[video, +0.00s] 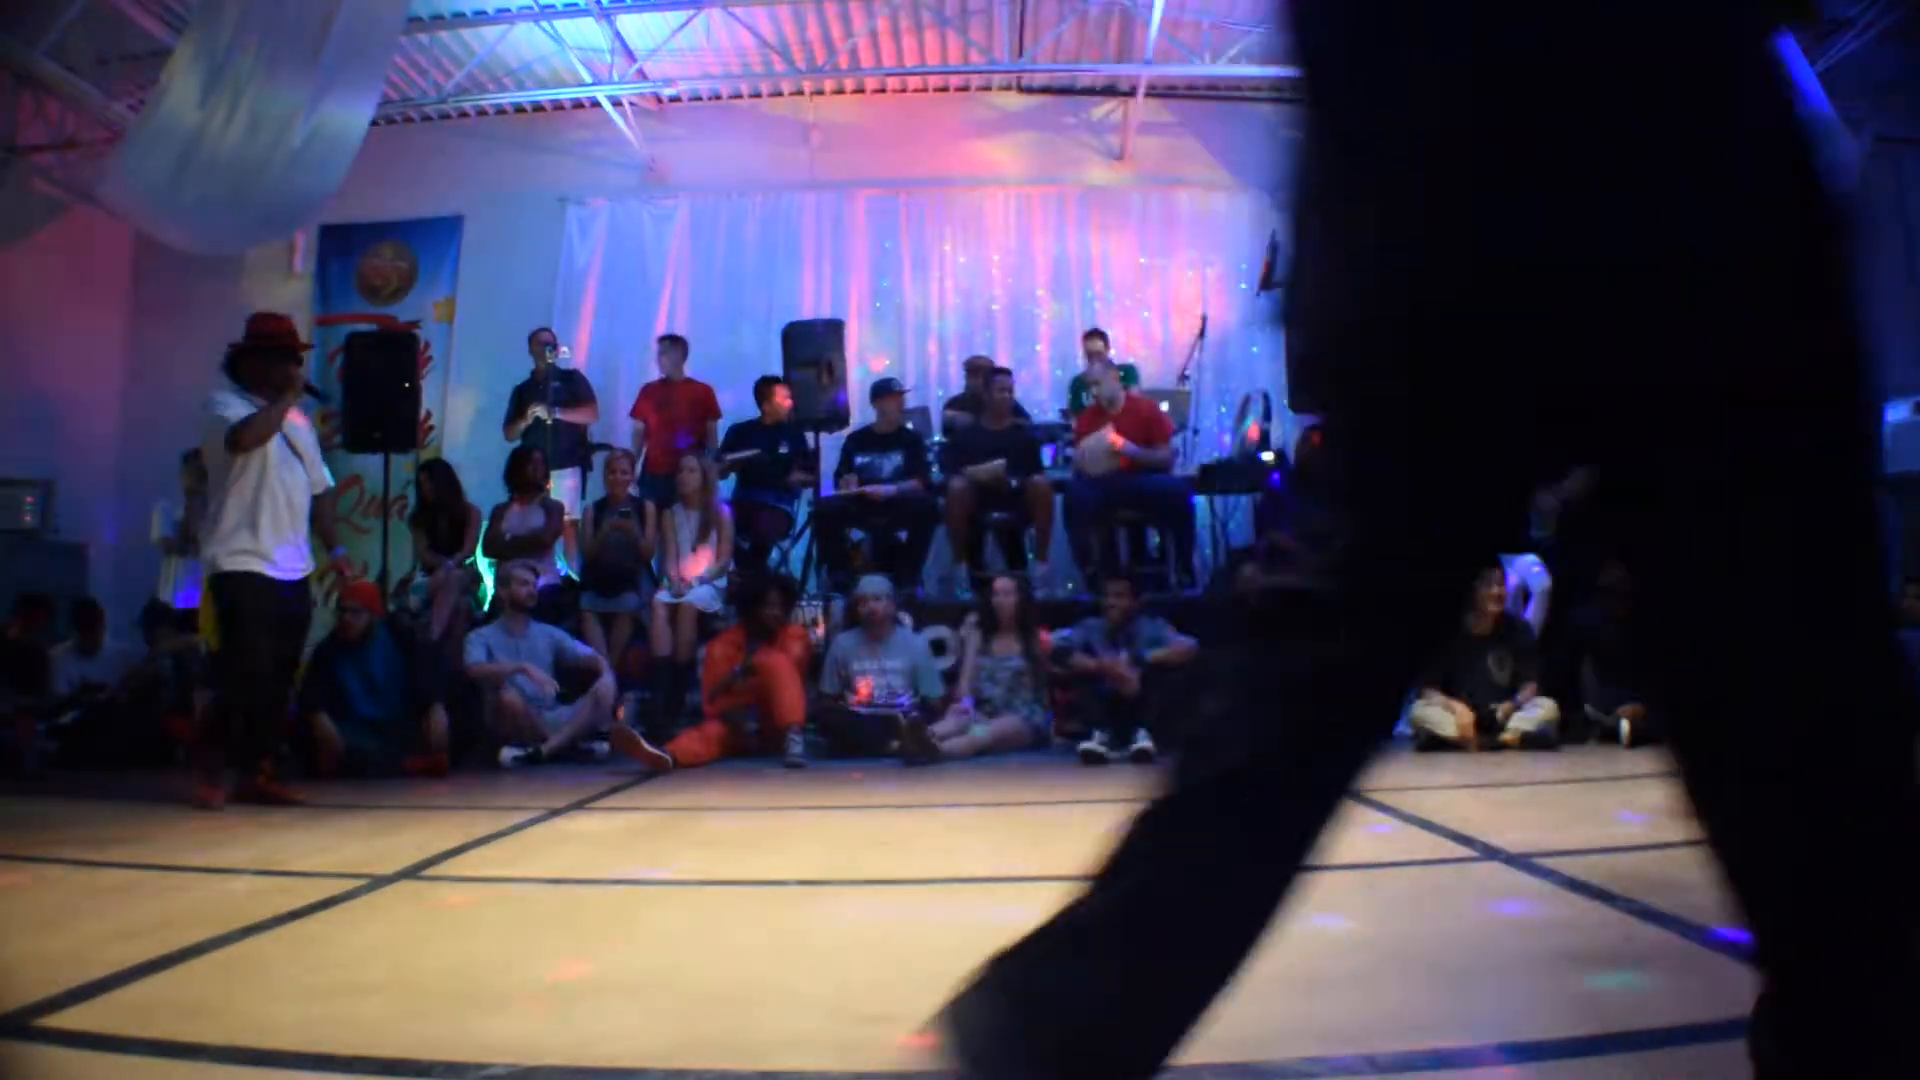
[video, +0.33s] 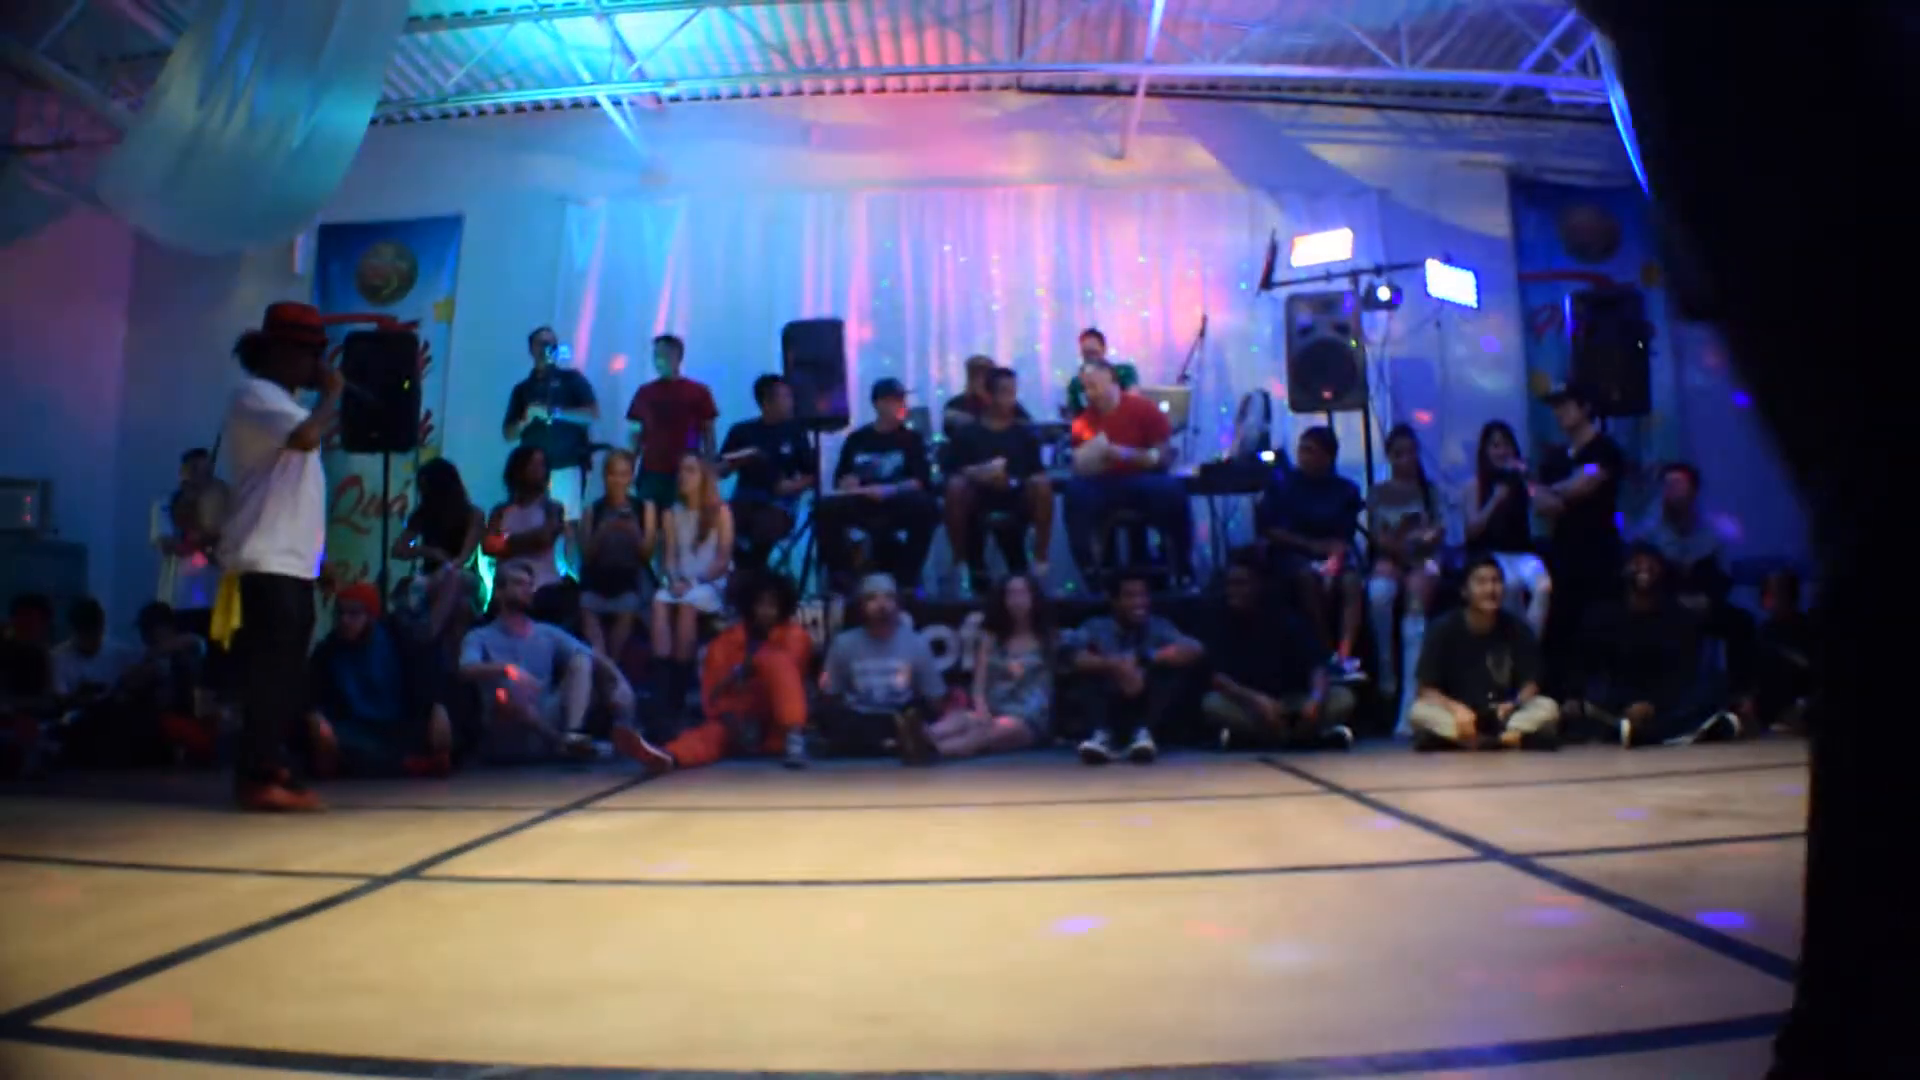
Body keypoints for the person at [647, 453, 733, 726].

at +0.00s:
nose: (684, 477)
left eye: (691, 471)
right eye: (681, 471)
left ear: (704, 477)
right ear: (676, 477)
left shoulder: (720, 513)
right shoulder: (670, 515)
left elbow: (724, 560)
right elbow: (668, 555)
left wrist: (699, 580)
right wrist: (673, 578)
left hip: (708, 580)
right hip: (678, 580)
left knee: (687, 606)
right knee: (659, 604)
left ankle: (681, 682)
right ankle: (661, 680)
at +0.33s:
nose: (684, 478)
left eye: (690, 471)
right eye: (681, 471)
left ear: (704, 478)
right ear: (677, 477)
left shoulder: (720, 513)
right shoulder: (671, 514)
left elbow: (723, 560)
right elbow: (669, 557)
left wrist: (698, 581)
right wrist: (675, 580)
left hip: (709, 580)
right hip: (679, 580)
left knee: (687, 605)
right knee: (660, 601)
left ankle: (682, 675)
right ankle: (660, 672)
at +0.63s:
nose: (687, 478)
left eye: (693, 472)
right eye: (684, 472)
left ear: (706, 478)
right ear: (680, 478)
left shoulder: (721, 514)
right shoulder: (673, 515)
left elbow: (725, 561)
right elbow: (671, 557)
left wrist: (701, 581)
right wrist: (676, 578)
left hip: (709, 580)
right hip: (680, 579)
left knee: (690, 607)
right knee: (661, 604)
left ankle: (683, 676)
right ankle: (663, 675)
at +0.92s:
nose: (685, 477)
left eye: (692, 471)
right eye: (682, 472)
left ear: (705, 477)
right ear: (678, 477)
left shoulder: (721, 512)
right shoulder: (672, 516)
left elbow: (725, 558)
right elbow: (670, 556)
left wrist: (700, 580)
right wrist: (674, 580)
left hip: (710, 580)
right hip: (679, 580)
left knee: (688, 605)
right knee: (660, 604)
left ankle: (681, 680)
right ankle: (662, 677)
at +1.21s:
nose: (685, 476)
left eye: (692, 471)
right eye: (682, 471)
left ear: (705, 477)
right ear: (678, 476)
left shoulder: (721, 514)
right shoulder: (671, 516)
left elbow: (724, 557)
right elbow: (669, 553)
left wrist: (701, 579)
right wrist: (673, 577)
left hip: (708, 580)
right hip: (678, 580)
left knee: (686, 606)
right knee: (659, 604)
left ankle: (682, 679)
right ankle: (662, 677)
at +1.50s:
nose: (685, 476)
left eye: (692, 471)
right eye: (682, 471)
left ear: (705, 478)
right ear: (678, 477)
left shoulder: (720, 513)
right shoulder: (671, 516)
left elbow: (723, 559)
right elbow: (670, 556)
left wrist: (701, 578)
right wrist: (673, 577)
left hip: (709, 579)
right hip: (679, 580)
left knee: (687, 606)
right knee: (659, 605)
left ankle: (680, 680)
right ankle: (662, 679)